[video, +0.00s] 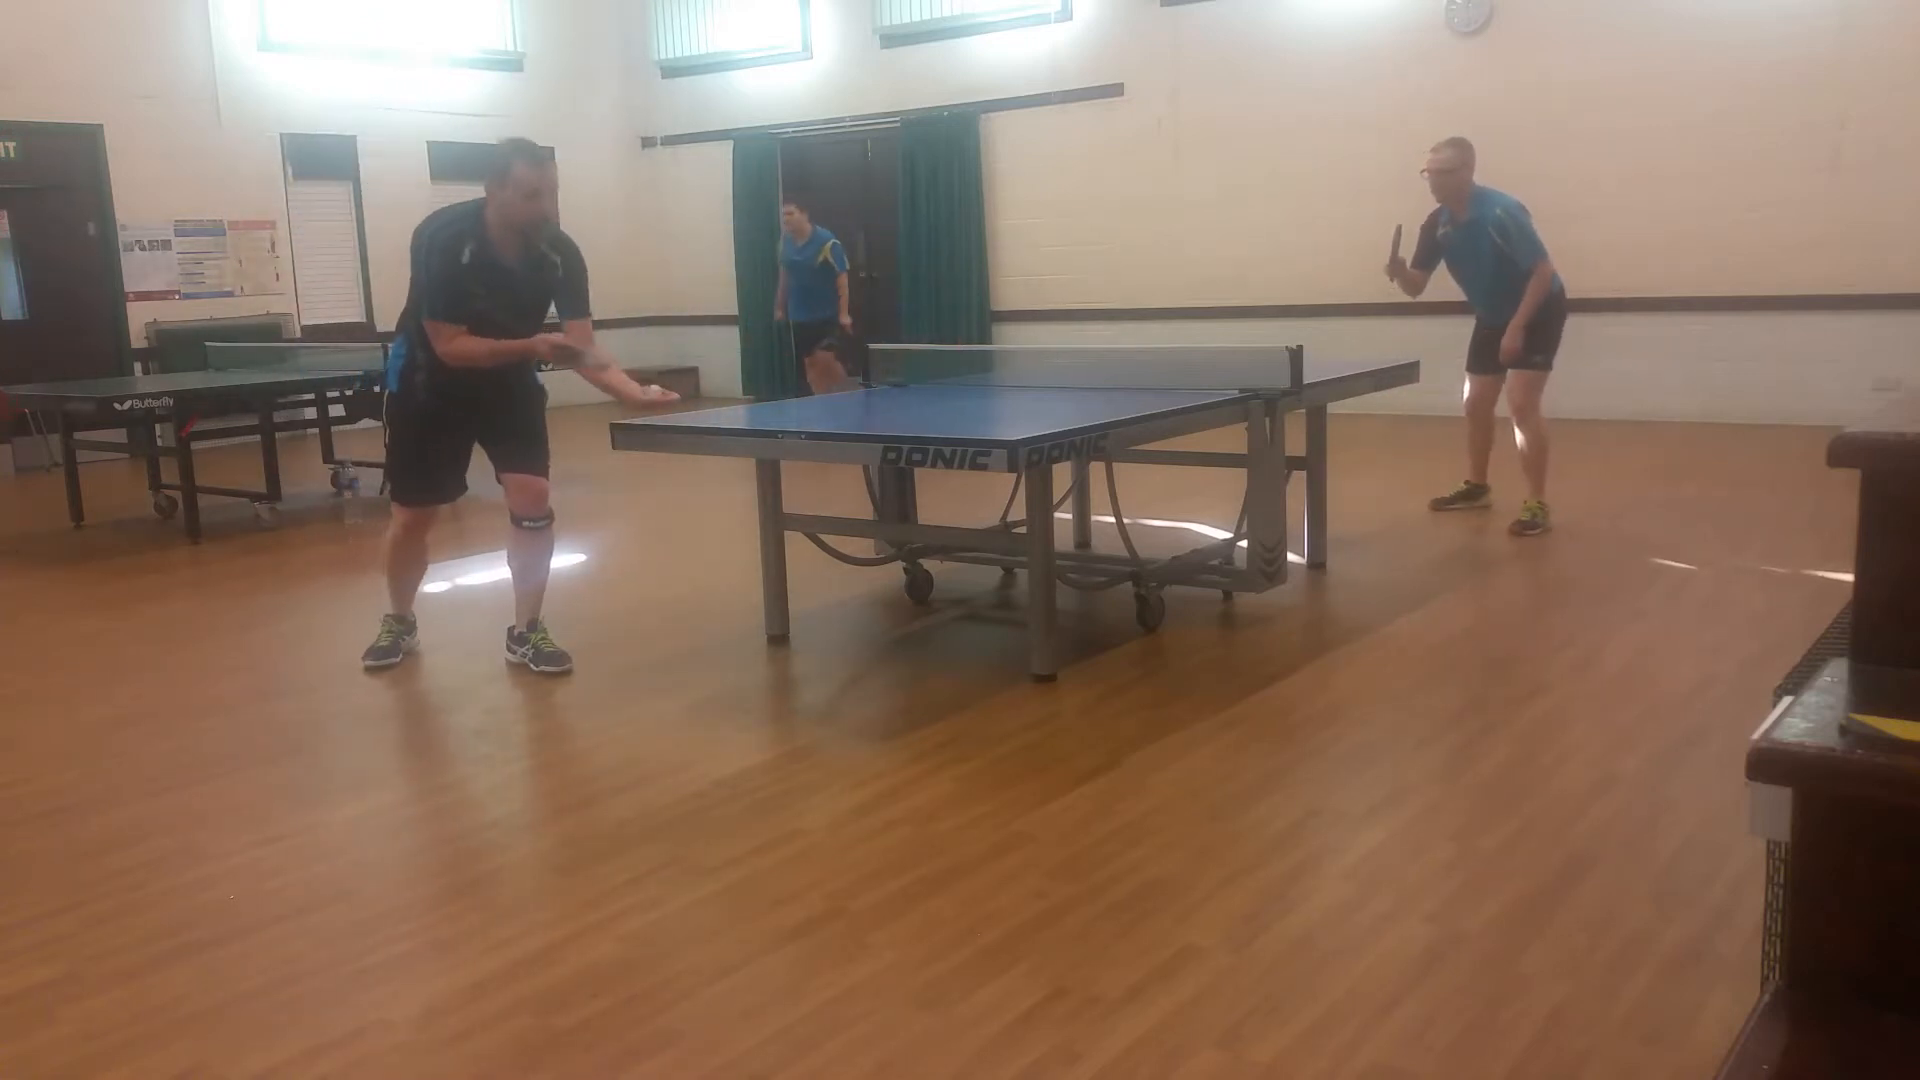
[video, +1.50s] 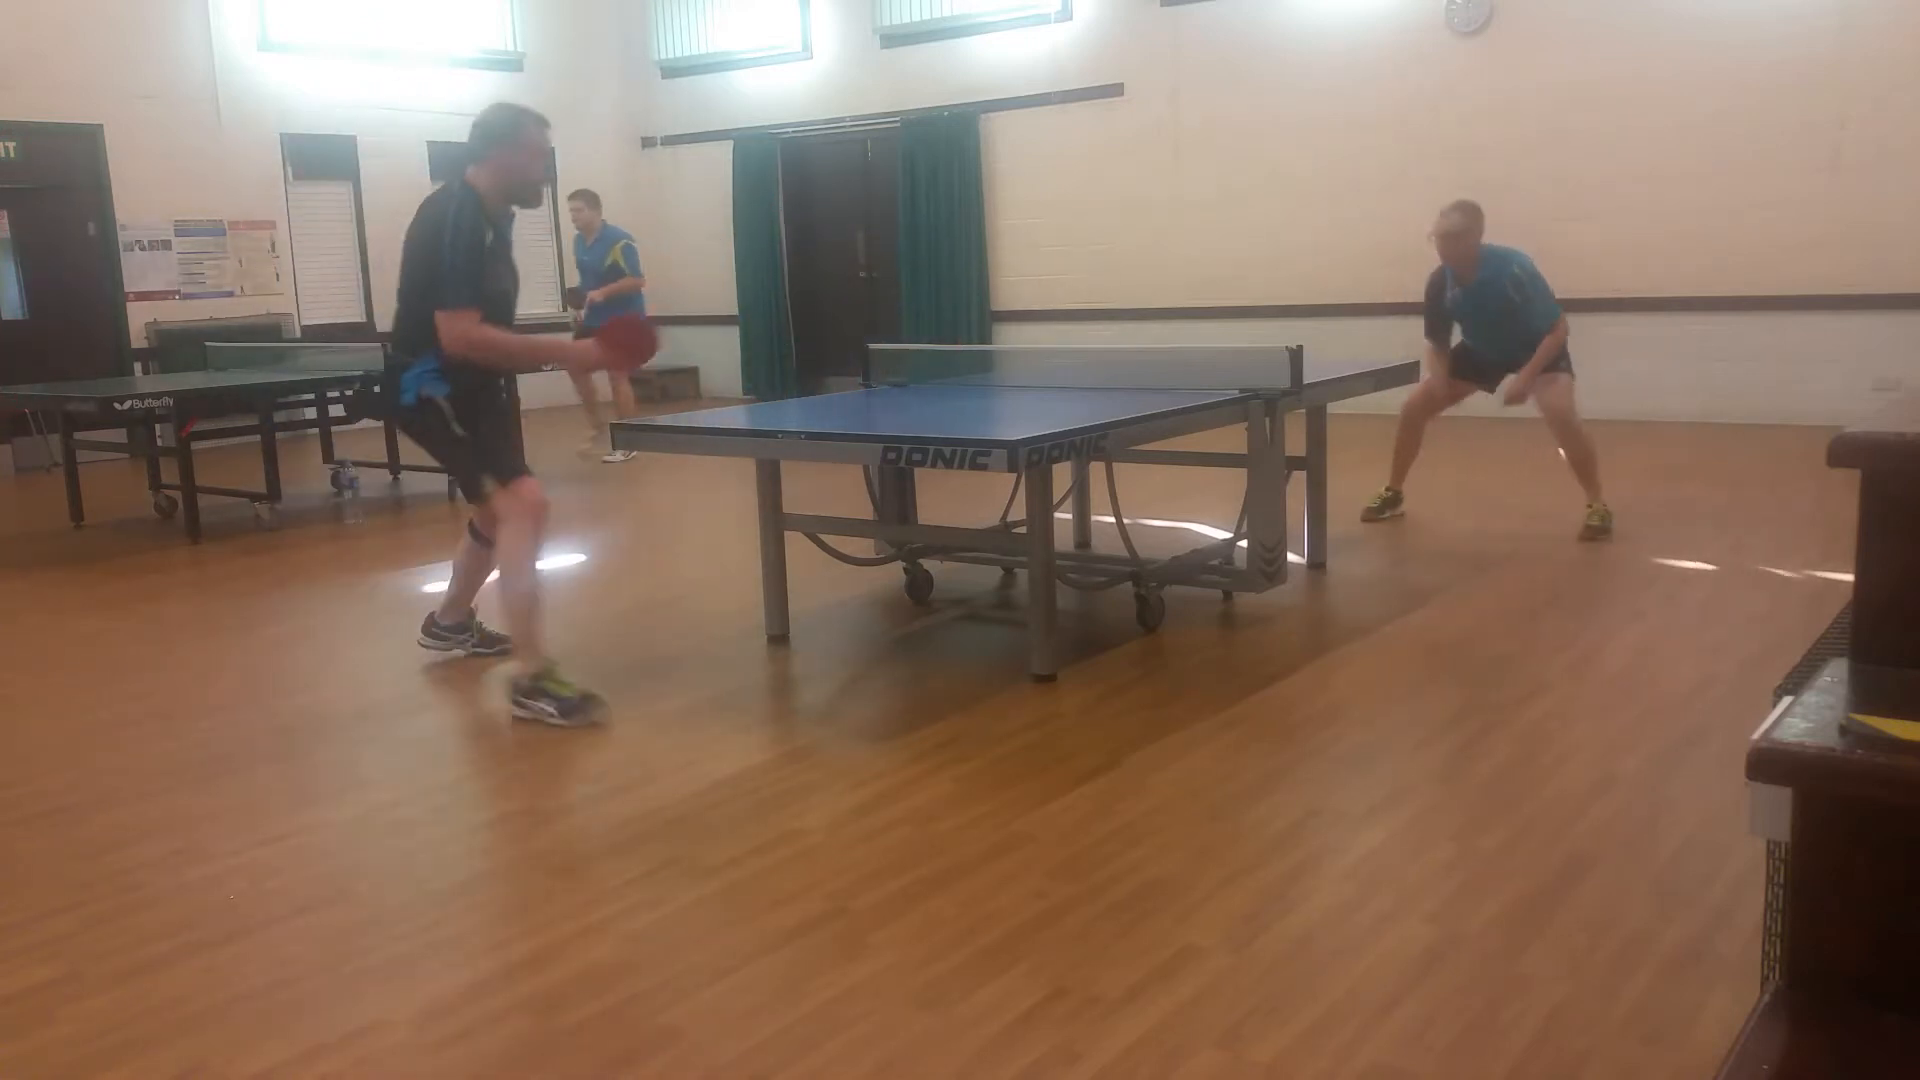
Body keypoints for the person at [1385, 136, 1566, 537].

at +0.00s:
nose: (1428, 181)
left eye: (1436, 174)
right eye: (1427, 174)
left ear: (1464, 174)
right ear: (1432, 176)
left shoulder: (1502, 211)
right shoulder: (1437, 224)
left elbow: (1543, 272)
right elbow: (1416, 285)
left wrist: (1516, 327)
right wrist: (1400, 273)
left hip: (1538, 307)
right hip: (1493, 313)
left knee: (1521, 403)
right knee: (1476, 403)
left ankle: (1536, 504)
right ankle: (1477, 486)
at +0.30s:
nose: (1426, 181)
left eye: (1434, 173)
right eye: (1425, 173)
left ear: (1462, 175)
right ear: (1432, 176)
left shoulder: (1501, 212)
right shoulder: (1435, 224)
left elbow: (1539, 274)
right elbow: (1417, 286)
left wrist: (1510, 329)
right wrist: (1400, 276)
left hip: (1537, 306)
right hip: (1492, 312)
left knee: (1521, 402)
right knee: (1475, 401)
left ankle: (1536, 504)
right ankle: (1477, 486)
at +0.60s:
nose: (1420, 176)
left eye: (1428, 168)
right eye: (1419, 168)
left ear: (1456, 170)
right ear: (1426, 172)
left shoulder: (1494, 209)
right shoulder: (1431, 222)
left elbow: (1534, 271)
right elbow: (1416, 286)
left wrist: (1513, 326)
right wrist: (1395, 270)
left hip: (1530, 309)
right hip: (1487, 314)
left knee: (1512, 404)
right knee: (1472, 401)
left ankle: (1536, 503)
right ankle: (1476, 486)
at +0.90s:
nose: (1426, 170)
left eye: (1435, 163)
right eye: (1424, 163)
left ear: (1463, 163)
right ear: (1427, 166)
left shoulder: (1498, 205)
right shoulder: (1437, 219)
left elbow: (1534, 270)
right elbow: (1426, 285)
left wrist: (1508, 325)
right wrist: (1398, 270)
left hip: (1529, 313)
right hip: (1485, 316)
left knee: (1506, 408)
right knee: (1447, 401)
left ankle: (1535, 502)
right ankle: (1466, 475)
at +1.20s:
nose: (1417, 190)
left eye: (1426, 182)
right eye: (1416, 182)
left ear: (1454, 184)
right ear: (1417, 186)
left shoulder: (1494, 224)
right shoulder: (1419, 238)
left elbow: (1530, 289)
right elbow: (1411, 296)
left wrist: (1498, 338)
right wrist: (1389, 309)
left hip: (1517, 320)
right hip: (1467, 324)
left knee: (1518, 407)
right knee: (1422, 409)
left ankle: (1546, 500)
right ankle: (1397, 494)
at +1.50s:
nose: (1439, 246)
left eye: (1448, 238)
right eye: (1437, 238)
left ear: (1472, 240)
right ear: (1434, 239)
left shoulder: (1515, 268)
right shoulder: (1440, 284)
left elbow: (1558, 330)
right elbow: (1437, 342)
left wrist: (1525, 378)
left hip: (1537, 351)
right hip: (1482, 354)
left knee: (1559, 414)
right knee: (1415, 406)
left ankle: (1596, 504)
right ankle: (1393, 492)